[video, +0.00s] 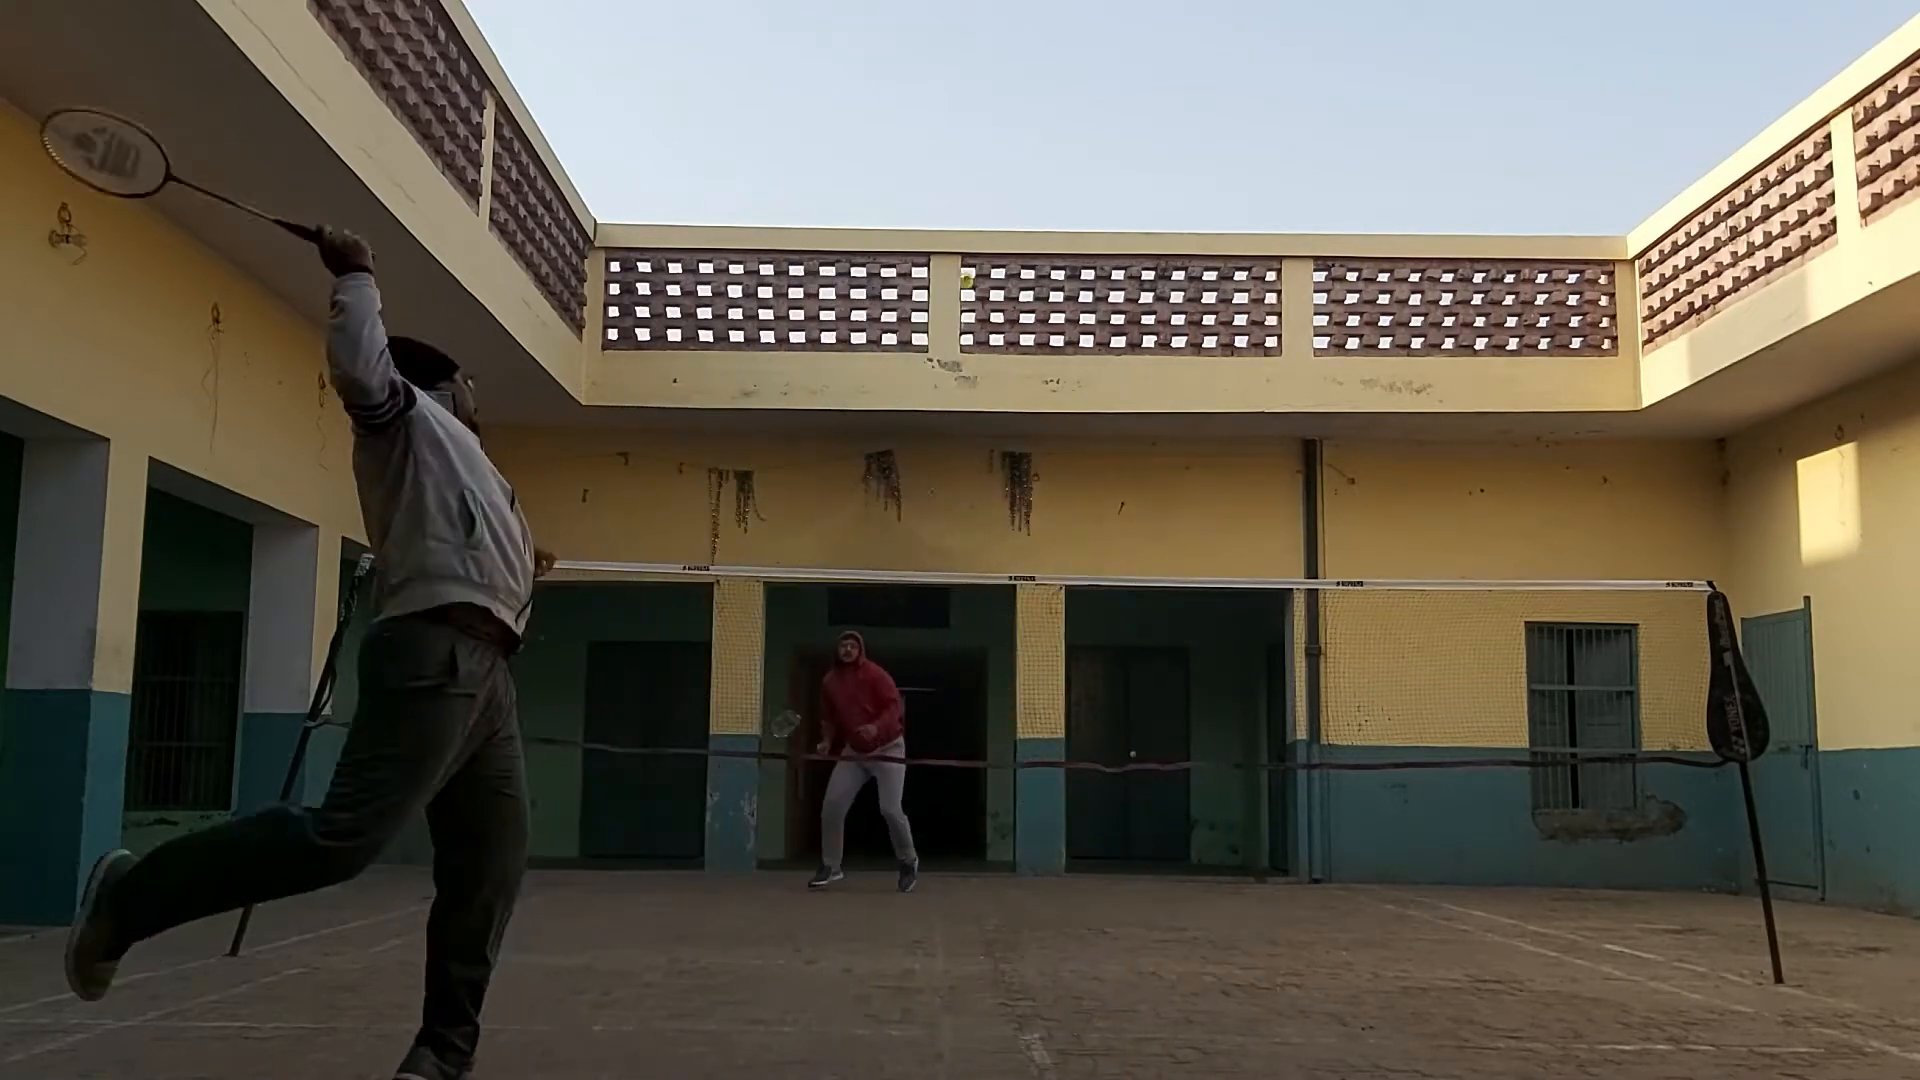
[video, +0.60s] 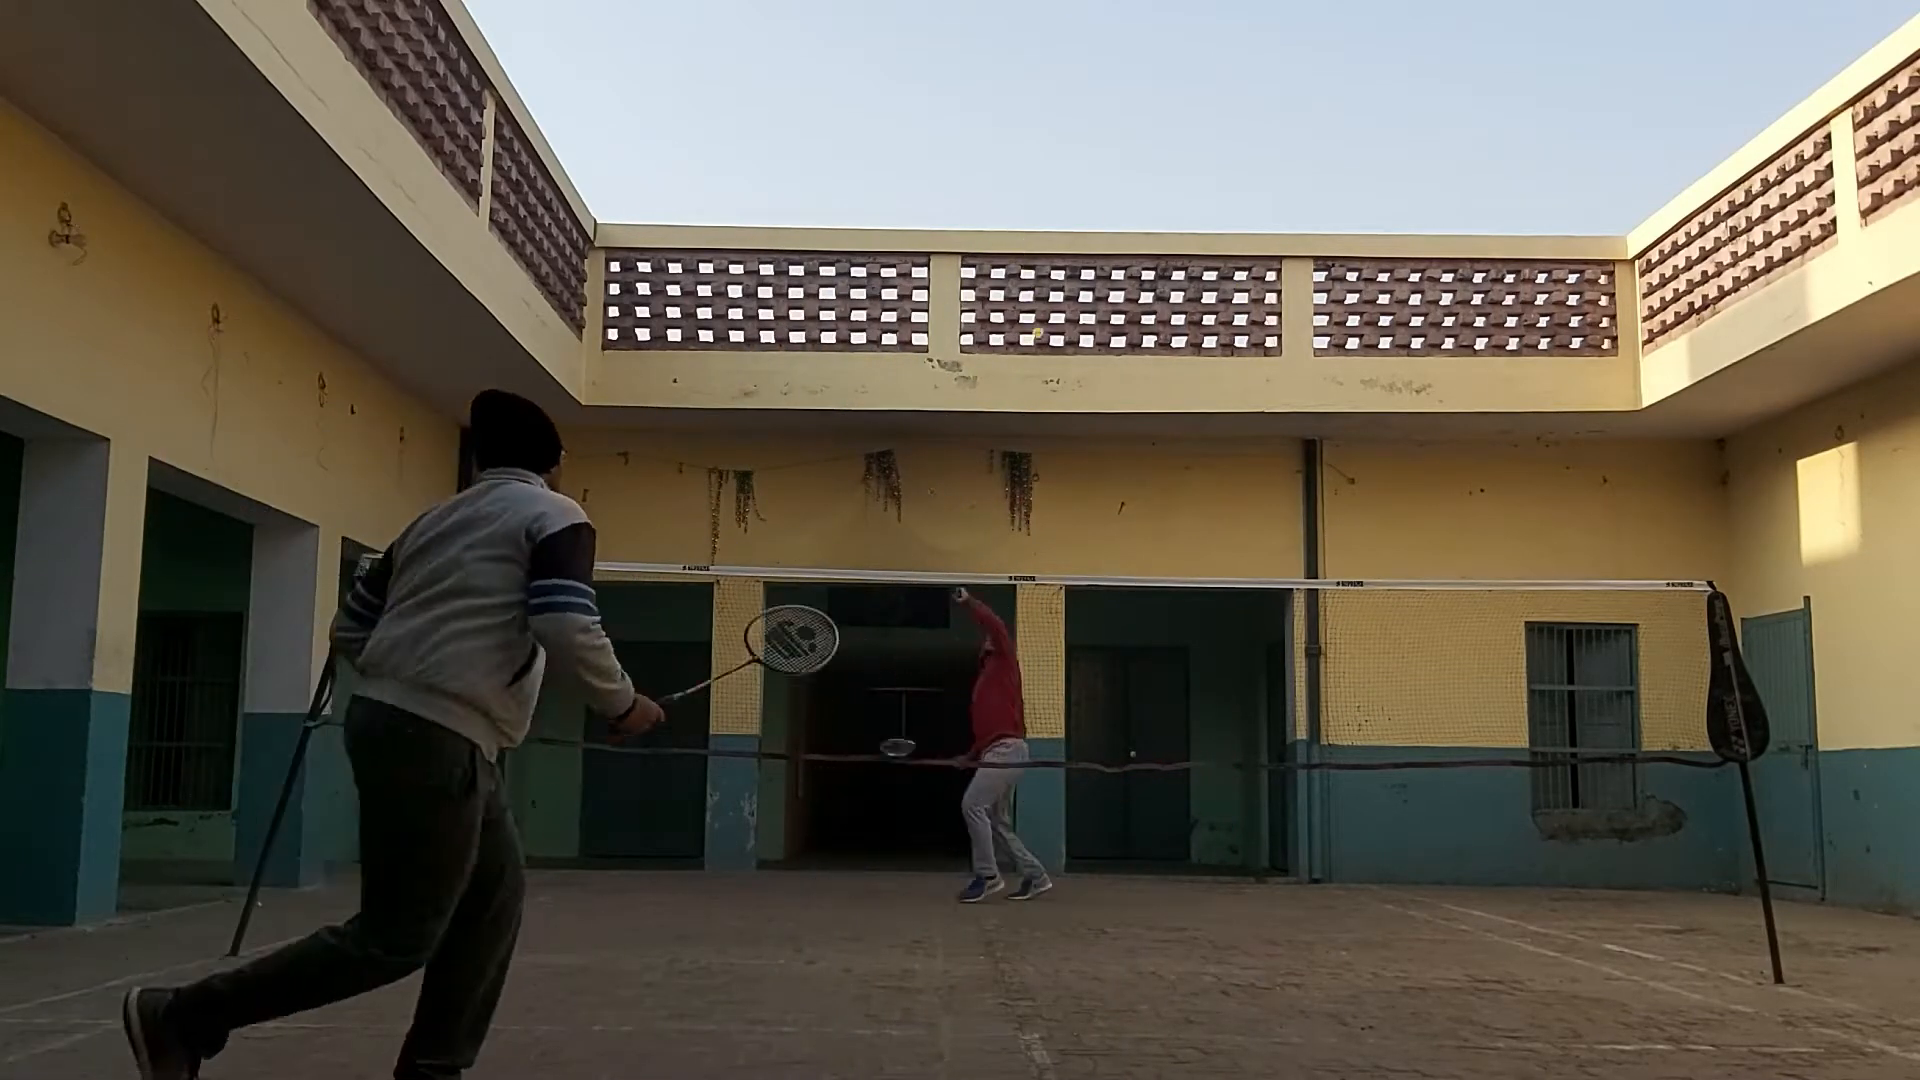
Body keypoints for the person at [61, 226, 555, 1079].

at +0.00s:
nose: (470, 389)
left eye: (466, 380)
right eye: (457, 378)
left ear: (430, 385)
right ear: (423, 380)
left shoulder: (478, 474)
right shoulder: (405, 419)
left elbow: (486, 568)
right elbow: (359, 365)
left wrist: (526, 567)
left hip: (487, 672)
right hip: (431, 651)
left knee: (488, 870)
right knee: (340, 843)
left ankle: (444, 1051)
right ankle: (124, 898)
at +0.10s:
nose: (466, 434)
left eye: (465, 425)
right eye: (457, 420)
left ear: (430, 425)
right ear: (421, 408)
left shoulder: (441, 494)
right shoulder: (379, 425)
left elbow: (423, 579)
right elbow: (281, 394)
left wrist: (491, 603)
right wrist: (224, 279)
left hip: (430, 710)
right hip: (361, 693)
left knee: (458, 886)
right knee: (273, 882)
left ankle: (431, 1065)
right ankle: (101, 1037)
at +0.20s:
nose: (465, 485)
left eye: (466, 472)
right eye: (462, 470)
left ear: (424, 467)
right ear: (435, 463)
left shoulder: (416, 550)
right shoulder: (356, 487)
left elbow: (387, 681)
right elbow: (251, 493)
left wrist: (463, 679)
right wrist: (176, 424)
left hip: (368, 770)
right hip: (295, 760)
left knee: (448, 878)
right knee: (209, 939)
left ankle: (431, 1065)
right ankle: (45, 1061)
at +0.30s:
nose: (471, 523)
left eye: (471, 507)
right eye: (468, 505)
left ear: (422, 495)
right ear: (442, 498)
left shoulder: (407, 571)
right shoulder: (362, 531)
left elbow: (357, 679)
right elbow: (265, 581)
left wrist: (422, 723)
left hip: (341, 781)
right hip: (275, 774)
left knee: (441, 879)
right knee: (200, 953)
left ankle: (428, 1064)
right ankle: (40, 1068)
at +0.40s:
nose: (491, 508)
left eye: (492, 495)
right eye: (490, 494)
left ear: (436, 479)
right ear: (470, 488)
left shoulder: (430, 541)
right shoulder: (419, 523)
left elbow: (371, 646)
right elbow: (357, 623)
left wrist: (409, 727)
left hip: (356, 758)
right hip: (302, 747)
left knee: (453, 884)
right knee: (222, 928)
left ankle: (424, 1062)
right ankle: (48, 1064)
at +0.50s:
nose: (522, 487)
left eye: (518, 473)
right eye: (519, 473)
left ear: (447, 462)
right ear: (507, 468)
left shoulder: (395, 522)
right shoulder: (497, 521)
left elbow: (311, 629)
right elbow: (486, 633)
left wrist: (390, 690)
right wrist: (532, 731)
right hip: (369, 745)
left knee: (471, 890)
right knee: (270, 923)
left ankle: (428, 1063)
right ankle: (87, 1050)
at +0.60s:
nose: (562, 471)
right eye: (556, 458)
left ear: (476, 460)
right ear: (547, 461)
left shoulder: (429, 522)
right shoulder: (552, 515)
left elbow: (353, 630)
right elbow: (563, 622)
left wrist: (437, 670)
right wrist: (624, 702)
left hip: (387, 718)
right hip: (436, 733)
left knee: (495, 893)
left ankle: (433, 1065)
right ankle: (180, 1020)